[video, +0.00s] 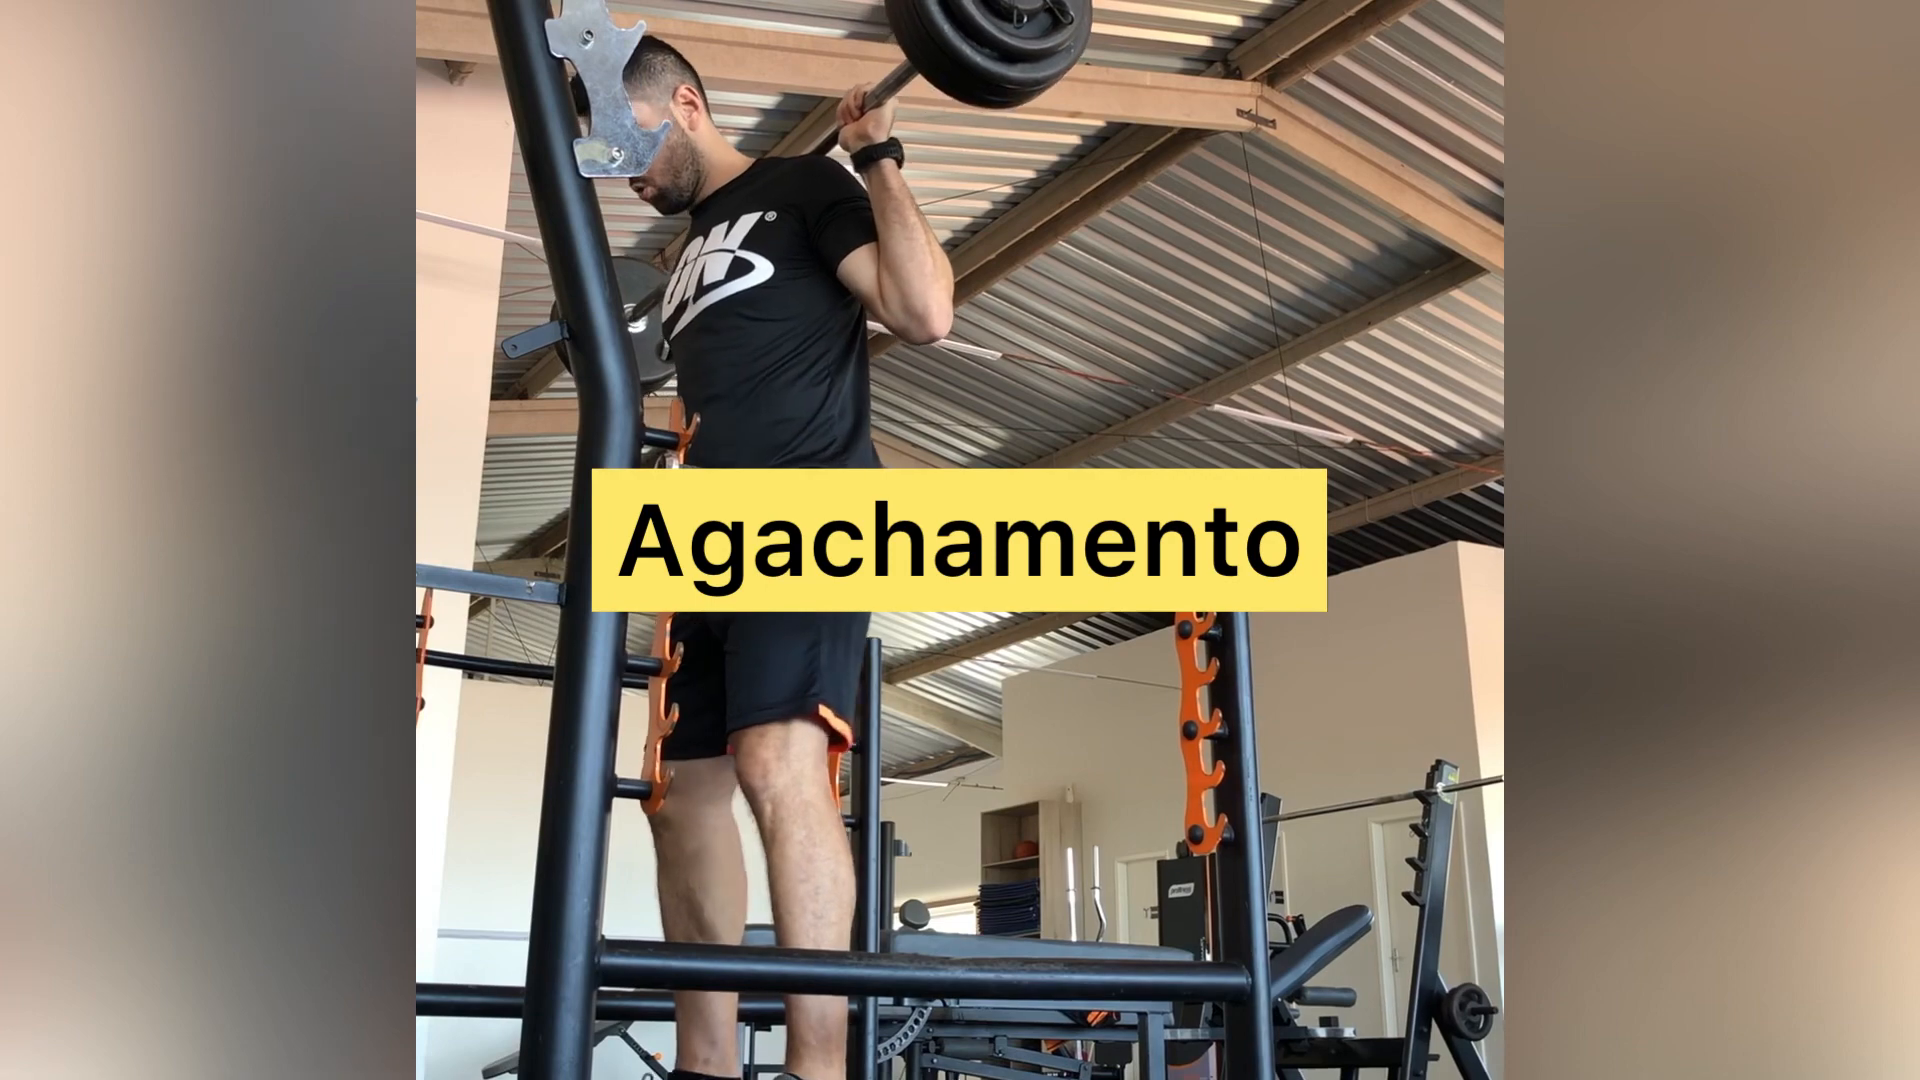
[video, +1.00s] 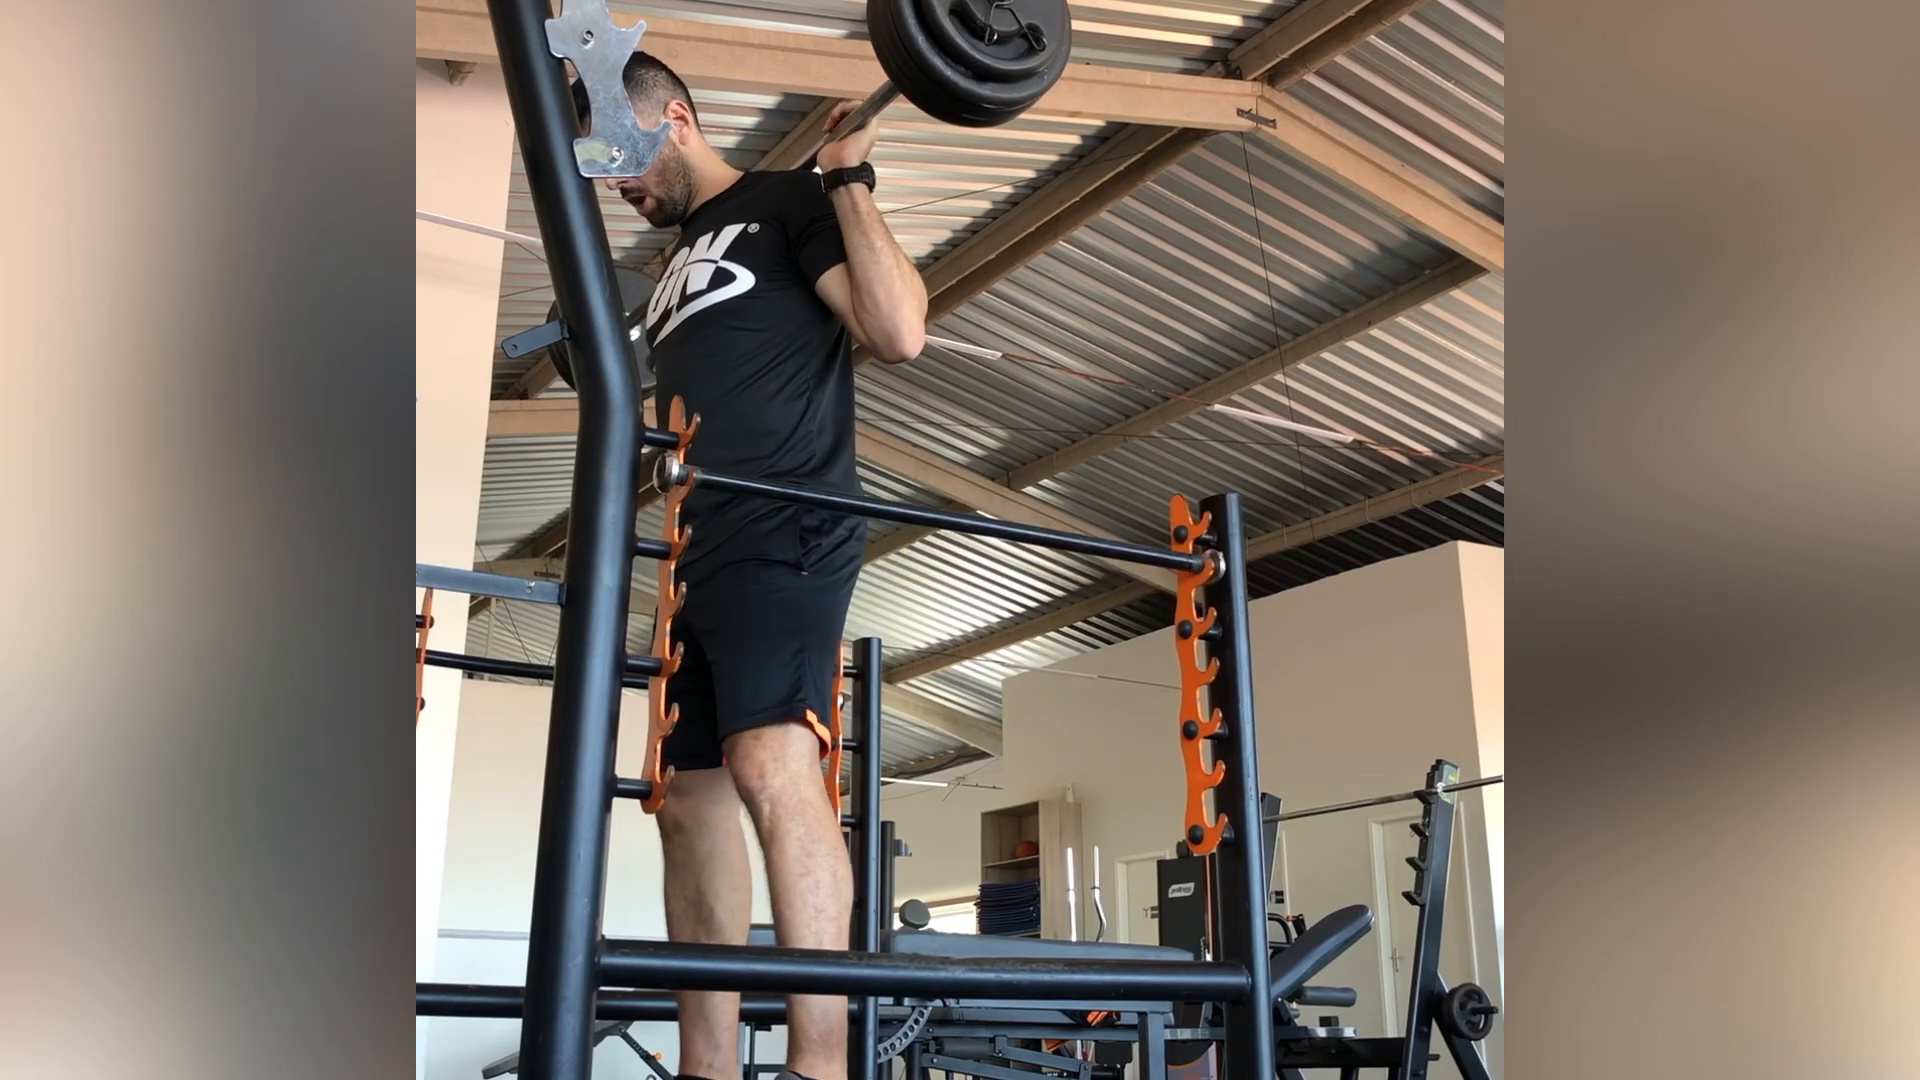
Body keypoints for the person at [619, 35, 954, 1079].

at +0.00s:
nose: (631, 172)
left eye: (635, 144)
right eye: (618, 154)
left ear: (690, 106)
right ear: (662, 124)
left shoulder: (806, 183)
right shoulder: (686, 258)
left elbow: (928, 312)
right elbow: (704, 420)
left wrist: (880, 161)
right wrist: (672, 573)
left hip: (808, 522)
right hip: (713, 537)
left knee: (779, 758)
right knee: (686, 786)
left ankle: (822, 1062)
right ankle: (708, 1063)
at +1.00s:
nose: (622, 185)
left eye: (629, 156)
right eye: (608, 169)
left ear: (681, 118)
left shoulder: (789, 200)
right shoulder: (675, 263)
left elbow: (900, 334)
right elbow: (691, 420)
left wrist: (851, 181)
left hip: (787, 520)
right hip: (708, 536)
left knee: (771, 758)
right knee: (690, 792)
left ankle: (821, 1063)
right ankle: (708, 1065)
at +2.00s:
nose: (630, 182)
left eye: (635, 152)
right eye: (615, 165)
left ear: (684, 112)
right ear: (643, 139)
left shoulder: (799, 192)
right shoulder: (685, 257)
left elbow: (917, 316)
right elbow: (714, 406)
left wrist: (866, 170)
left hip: (809, 512)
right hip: (726, 529)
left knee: (769, 755)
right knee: (687, 788)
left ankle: (825, 1063)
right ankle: (709, 1067)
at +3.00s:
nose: (622, 186)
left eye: (630, 156)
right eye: (609, 170)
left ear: (684, 120)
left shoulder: (797, 197)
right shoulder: (688, 267)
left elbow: (925, 322)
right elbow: (720, 405)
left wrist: (867, 175)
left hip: (823, 517)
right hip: (734, 536)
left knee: (778, 755)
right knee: (692, 787)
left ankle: (826, 1065)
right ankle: (702, 1067)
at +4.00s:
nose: (601, 200)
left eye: (611, 170)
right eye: (588, 180)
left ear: (674, 145)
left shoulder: (790, 218)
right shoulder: (670, 303)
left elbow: (919, 344)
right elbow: (698, 433)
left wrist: (855, 197)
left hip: (849, 538)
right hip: (752, 560)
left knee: (760, 756)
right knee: (659, 793)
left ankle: (822, 1066)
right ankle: (697, 1067)